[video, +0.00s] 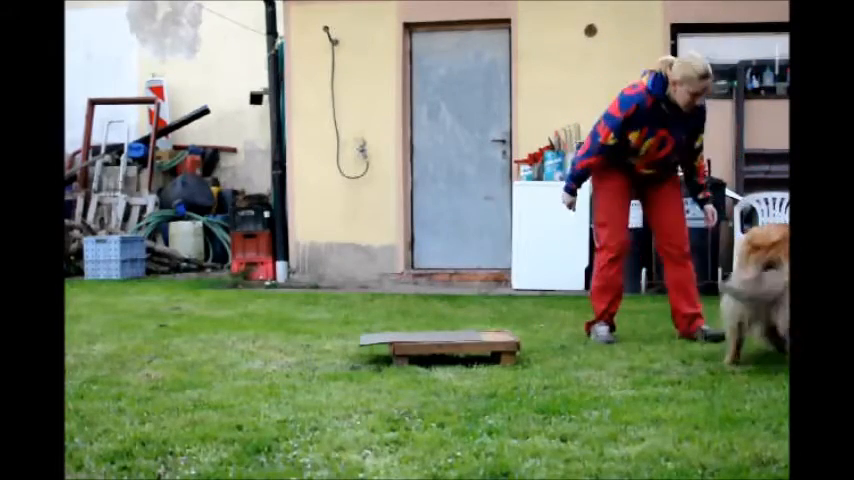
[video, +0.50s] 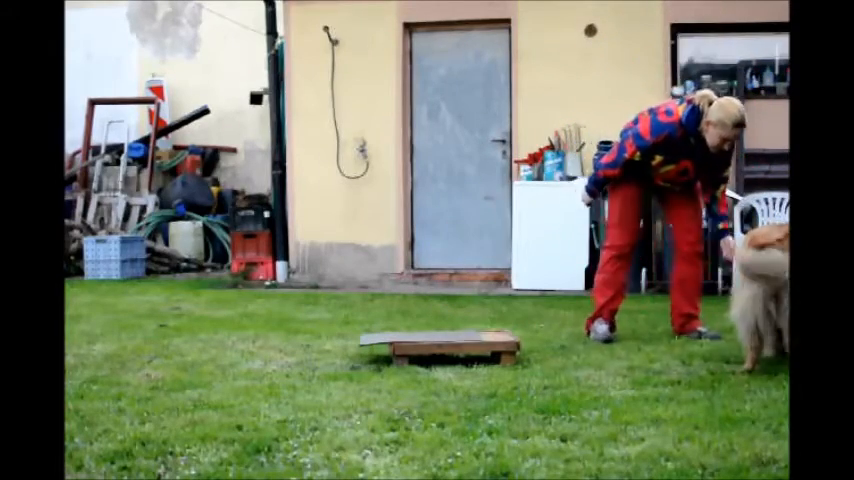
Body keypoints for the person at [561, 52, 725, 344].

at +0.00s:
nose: (698, 101)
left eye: (702, 95)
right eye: (694, 94)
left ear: (706, 88)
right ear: (675, 84)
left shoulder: (695, 113)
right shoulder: (637, 97)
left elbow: (692, 159)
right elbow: (599, 138)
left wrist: (704, 200)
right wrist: (572, 185)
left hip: (660, 174)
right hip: (614, 169)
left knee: (676, 246)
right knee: (613, 244)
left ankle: (690, 324)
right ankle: (602, 322)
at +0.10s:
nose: (698, 117)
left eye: (702, 112)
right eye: (694, 111)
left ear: (706, 102)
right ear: (674, 100)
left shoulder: (694, 122)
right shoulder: (637, 105)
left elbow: (691, 167)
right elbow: (596, 143)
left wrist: (701, 209)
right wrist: (571, 189)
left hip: (656, 174)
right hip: (611, 170)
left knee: (673, 243)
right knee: (609, 244)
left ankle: (689, 323)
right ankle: (600, 322)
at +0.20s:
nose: (703, 134)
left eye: (707, 129)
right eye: (700, 128)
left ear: (710, 121)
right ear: (682, 116)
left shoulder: (697, 138)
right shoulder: (646, 111)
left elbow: (693, 178)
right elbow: (602, 141)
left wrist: (699, 221)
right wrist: (572, 184)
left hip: (658, 177)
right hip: (613, 171)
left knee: (675, 244)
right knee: (606, 243)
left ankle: (687, 323)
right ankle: (600, 321)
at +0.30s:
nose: (710, 143)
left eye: (714, 138)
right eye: (707, 136)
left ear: (719, 130)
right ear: (689, 122)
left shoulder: (704, 144)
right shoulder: (651, 117)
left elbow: (699, 185)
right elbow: (605, 145)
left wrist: (701, 228)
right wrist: (576, 184)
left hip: (662, 180)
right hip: (617, 172)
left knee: (677, 246)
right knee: (607, 244)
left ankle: (685, 323)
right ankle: (600, 320)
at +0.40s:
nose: (722, 147)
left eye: (726, 142)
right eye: (718, 140)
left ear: (732, 135)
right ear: (701, 125)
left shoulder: (715, 146)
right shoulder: (663, 120)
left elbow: (710, 187)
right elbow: (617, 148)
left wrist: (713, 233)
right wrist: (586, 185)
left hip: (671, 179)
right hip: (627, 172)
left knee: (686, 245)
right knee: (614, 244)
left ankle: (686, 323)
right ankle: (600, 320)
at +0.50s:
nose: (727, 147)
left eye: (732, 142)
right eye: (724, 139)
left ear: (738, 135)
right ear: (707, 124)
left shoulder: (721, 148)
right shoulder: (668, 122)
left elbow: (716, 189)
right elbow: (621, 152)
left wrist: (724, 233)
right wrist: (593, 188)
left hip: (678, 179)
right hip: (633, 172)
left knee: (690, 245)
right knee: (620, 243)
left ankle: (687, 323)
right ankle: (602, 320)